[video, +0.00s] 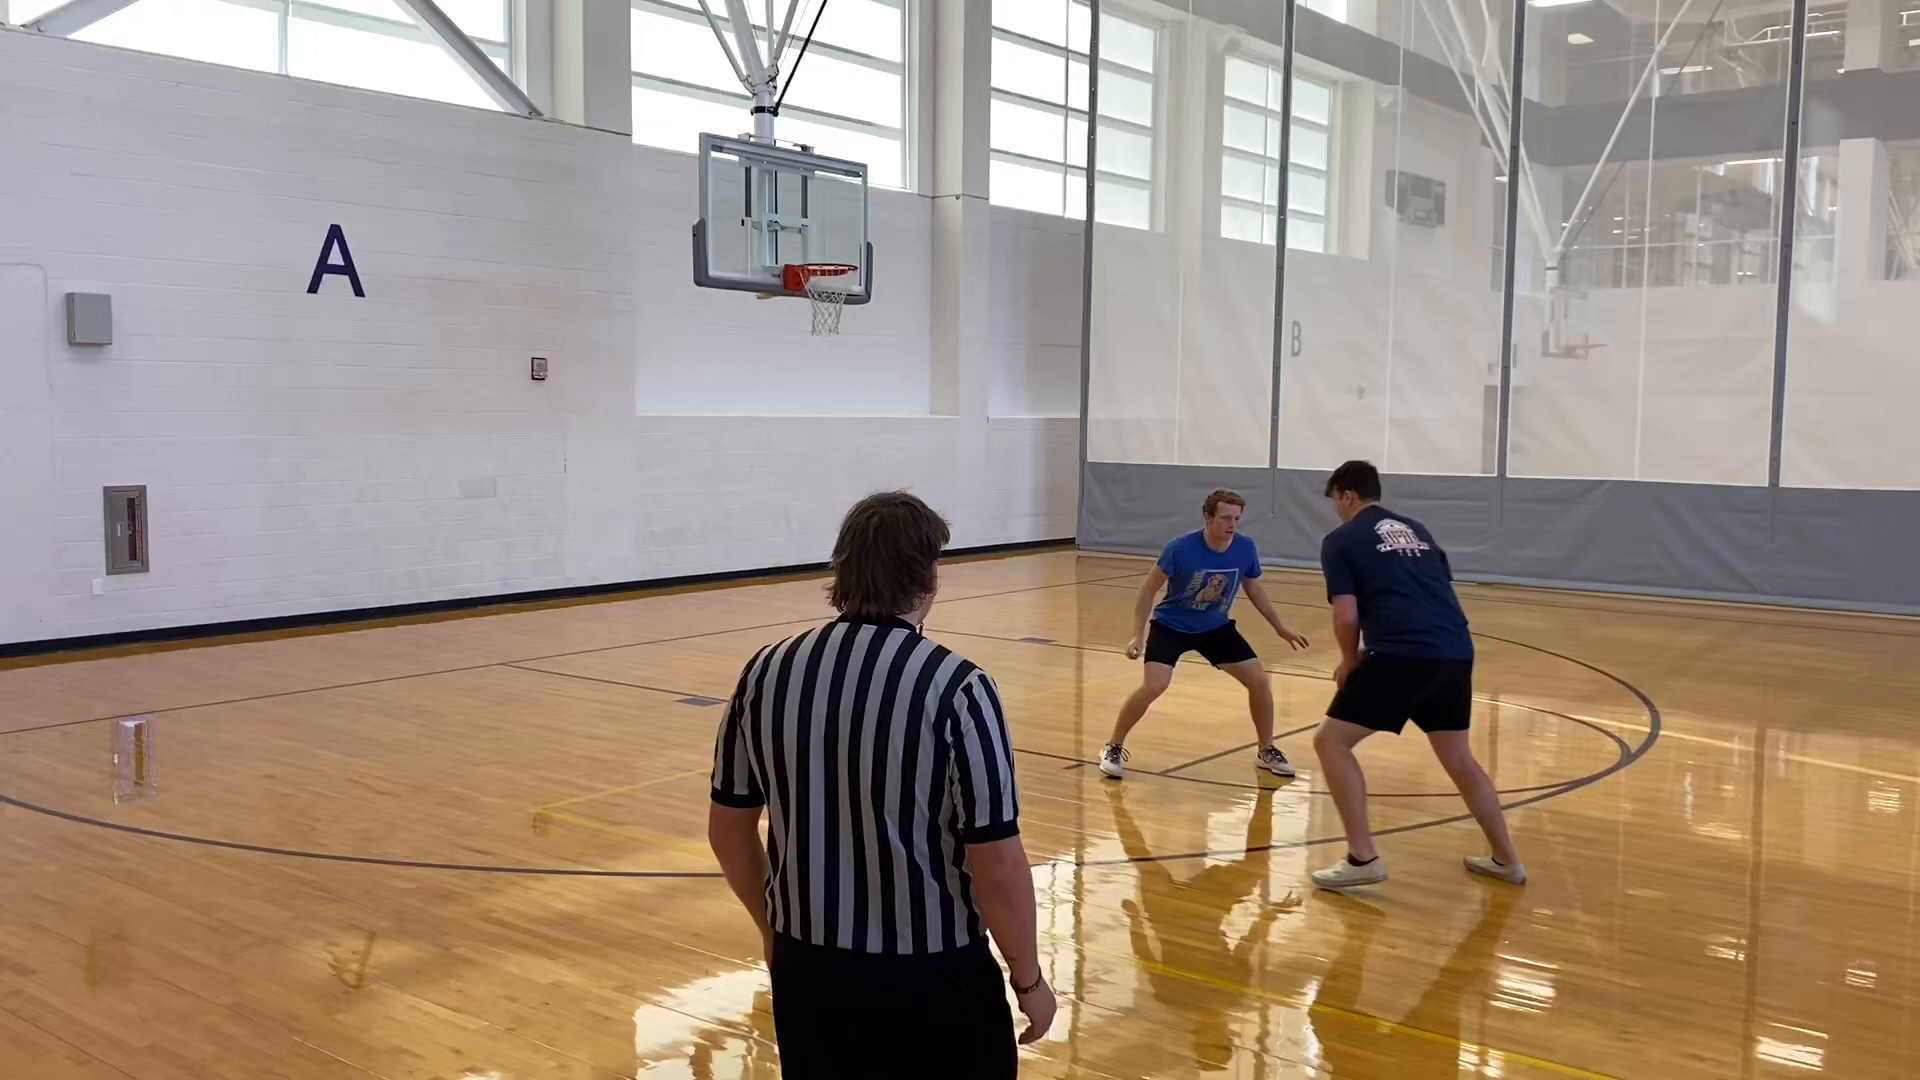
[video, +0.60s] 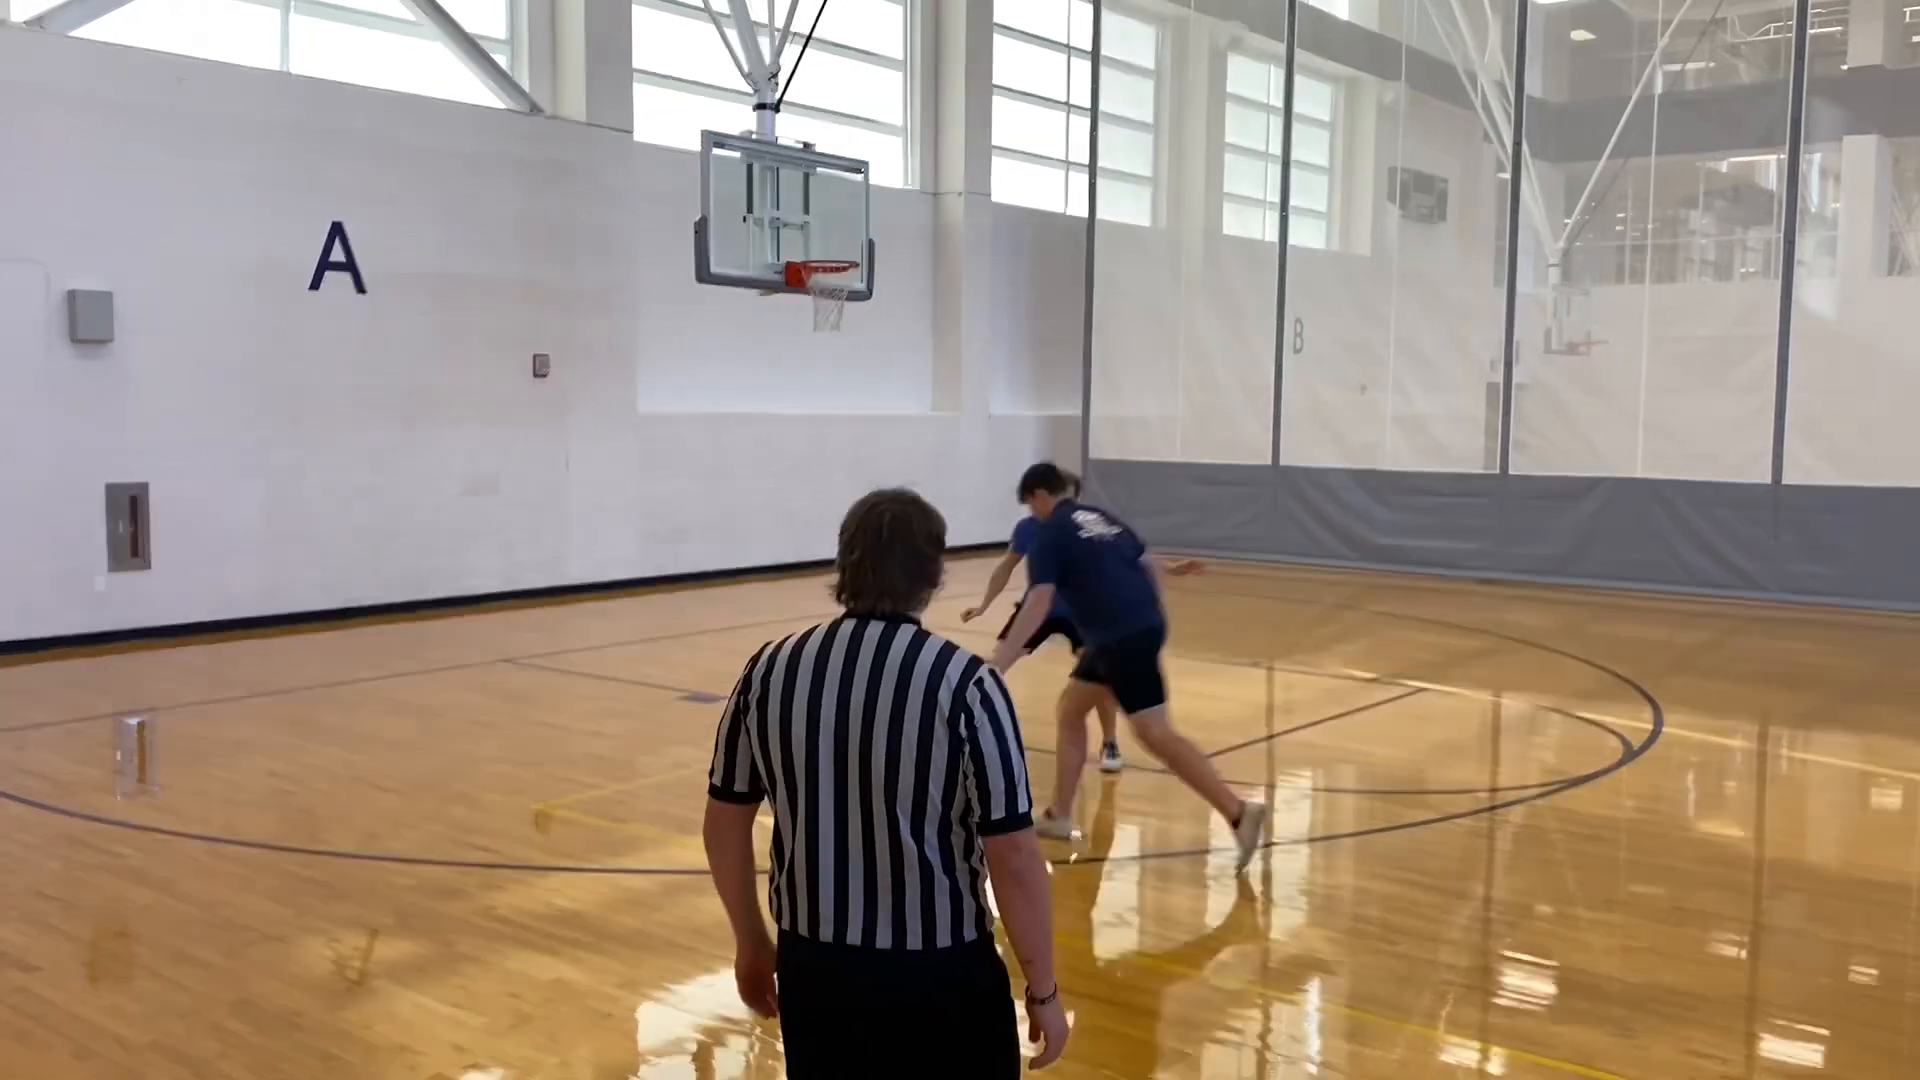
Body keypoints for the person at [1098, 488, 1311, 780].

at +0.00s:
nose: (1232, 524)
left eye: (1236, 518)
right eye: (1226, 518)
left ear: (1240, 519)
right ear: (1208, 518)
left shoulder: (1245, 548)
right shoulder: (1180, 548)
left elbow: (1254, 589)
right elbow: (1149, 589)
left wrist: (1280, 628)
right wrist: (1138, 636)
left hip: (1215, 628)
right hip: (1171, 626)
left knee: (1259, 681)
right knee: (1154, 685)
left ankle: (1267, 751)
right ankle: (1114, 747)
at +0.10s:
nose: (1210, 524)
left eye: (1214, 518)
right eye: (1204, 518)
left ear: (1218, 519)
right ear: (1186, 518)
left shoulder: (1224, 549)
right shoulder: (1159, 549)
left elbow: (1237, 588)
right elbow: (1129, 588)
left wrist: (1265, 625)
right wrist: (1117, 635)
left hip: (1203, 631)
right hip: (1157, 631)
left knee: (1248, 684)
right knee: (1144, 688)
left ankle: (1267, 752)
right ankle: (1108, 751)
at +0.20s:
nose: (1178, 513)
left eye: (1183, 507)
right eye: (1172, 506)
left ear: (1187, 509)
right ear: (1156, 507)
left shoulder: (1192, 538)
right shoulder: (1128, 539)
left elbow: (1206, 579)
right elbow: (1093, 577)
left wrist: (1236, 619)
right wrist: (1081, 622)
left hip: (1177, 625)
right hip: (1132, 624)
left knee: (1220, 681)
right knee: (1125, 682)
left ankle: (1261, 742)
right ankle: (1106, 752)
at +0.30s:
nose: (1145, 499)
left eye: (1151, 493)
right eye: (1139, 492)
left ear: (1157, 494)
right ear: (1125, 491)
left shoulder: (1165, 525)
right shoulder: (1098, 522)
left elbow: (1188, 566)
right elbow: (1065, 553)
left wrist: (1213, 594)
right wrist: (1047, 596)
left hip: (1151, 611)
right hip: (1106, 611)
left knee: (1189, 674)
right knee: (1110, 675)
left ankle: (1218, 742)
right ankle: (1104, 751)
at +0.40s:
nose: (1118, 491)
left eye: (1124, 486)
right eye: (1112, 485)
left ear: (1130, 488)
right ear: (1100, 485)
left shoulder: (1136, 518)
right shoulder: (1073, 513)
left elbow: (1158, 553)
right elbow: (1045, 547)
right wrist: (1024, 588)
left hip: (1122, 599)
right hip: (1078, 599)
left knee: (1150, 660)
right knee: (1077, 670)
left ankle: (1147, 734)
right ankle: (1084, 744)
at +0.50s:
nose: (1086, 488)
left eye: (1092, 483)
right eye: (1081, 483)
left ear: (1100, 488)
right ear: (1072, 486)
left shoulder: (1111, 520)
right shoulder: (1049, 520)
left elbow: (1131, 563)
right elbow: (1024, 559)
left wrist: (1137, 605)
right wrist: (1005, 598)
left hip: (1100, 602)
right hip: (1055, 598)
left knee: (1116, 670)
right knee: (1035, 665)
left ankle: (1112, 742)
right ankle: (1027, 736)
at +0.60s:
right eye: (1032, 502)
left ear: (1051, 493)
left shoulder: (1087, 523)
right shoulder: (1030, 527)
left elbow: (1120, 557)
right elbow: (1006, 567)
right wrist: (984, 604)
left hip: (1082, 610)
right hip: (1041, 606)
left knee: (1099, 675)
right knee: (1000, 657)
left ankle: (1110, 744)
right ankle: (973, 720)